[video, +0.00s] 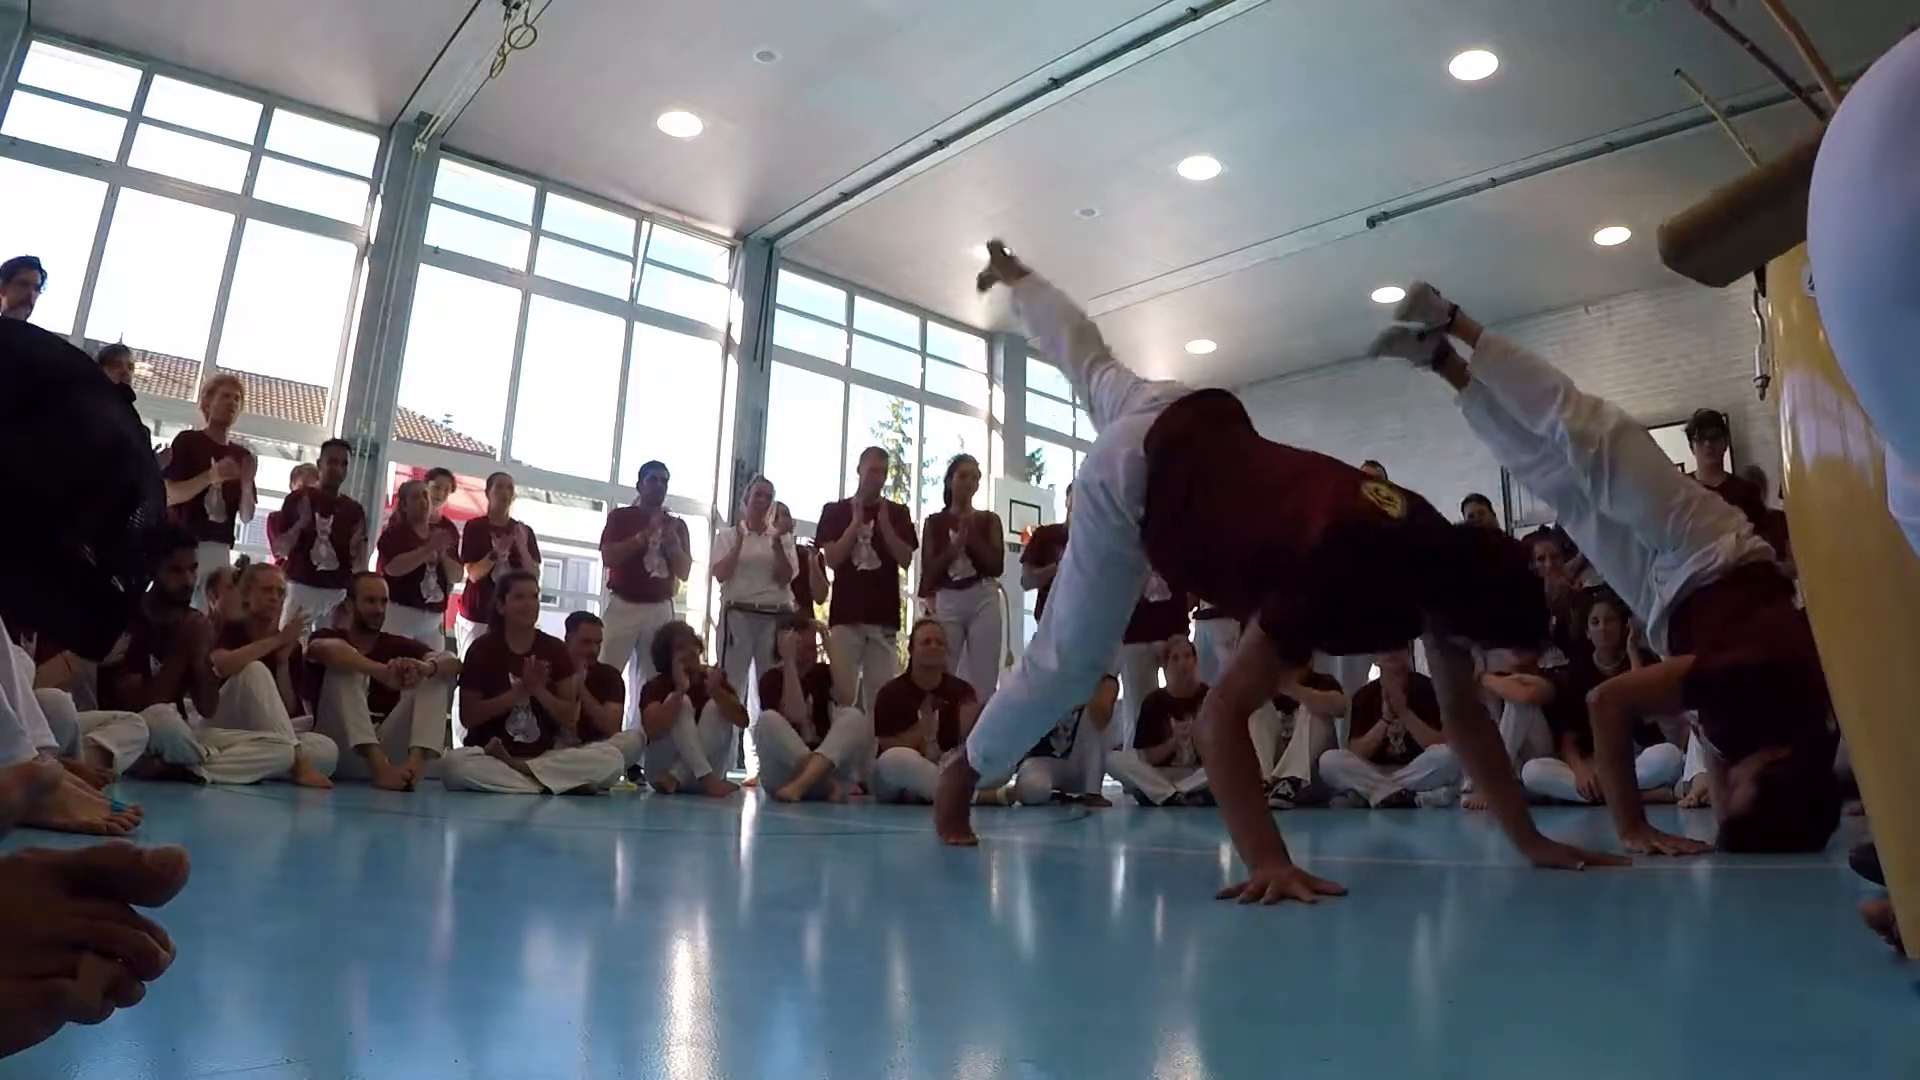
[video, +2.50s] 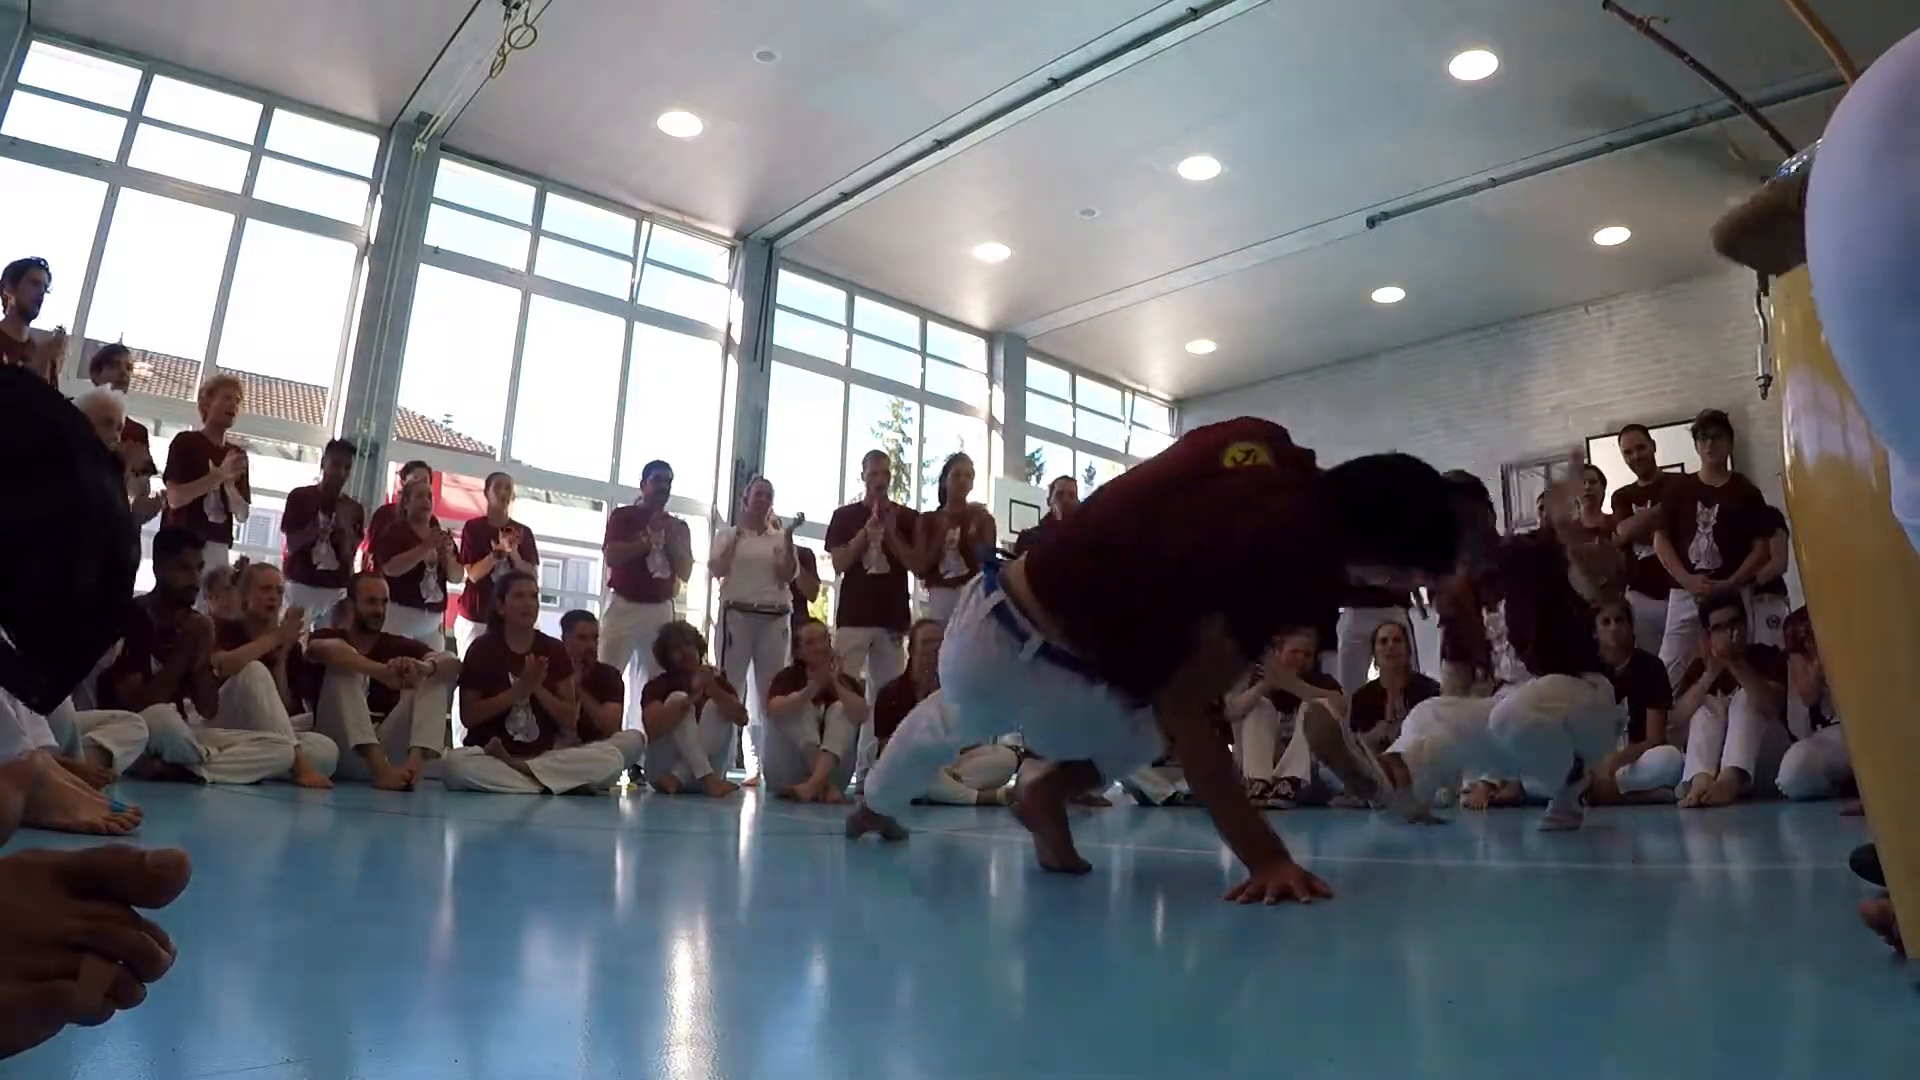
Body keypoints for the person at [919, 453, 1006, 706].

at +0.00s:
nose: (970, 482)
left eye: (975, 477)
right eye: (963, 476)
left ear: (979, 483)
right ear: (950, 480)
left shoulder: (989, 520)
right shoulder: (935, 522)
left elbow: (996, 567)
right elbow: (929, 572)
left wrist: (971, 537)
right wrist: (954, 546)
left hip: (984, 598)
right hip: (947, 599)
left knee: (984, 684)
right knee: (942, 680)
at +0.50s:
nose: (963, 480)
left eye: (968, 476)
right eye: (957, 474)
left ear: (973, 482)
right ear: (944, 479)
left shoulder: (983, 520)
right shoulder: (928, 521)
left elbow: (989, 568)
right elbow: (924, 569)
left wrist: (967, 538)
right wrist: (950, 541)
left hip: (979, 599)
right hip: (942, 599)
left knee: (980, 678)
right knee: (939, 675)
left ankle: (983, 746)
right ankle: (938, 746)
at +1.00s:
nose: (962, 482)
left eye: (967, 477)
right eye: (956, 475)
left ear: (972, 483)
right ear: (943, 480)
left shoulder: (982, 521)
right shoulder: (925, 522)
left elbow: (988, 567)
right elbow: (922, 569)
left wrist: (965, 540)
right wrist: (944, 540)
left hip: (978, 599)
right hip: (941, 598)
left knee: (980, 678)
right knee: (938, 675)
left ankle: (983, 747)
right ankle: (936, 747)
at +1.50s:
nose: (967, 482)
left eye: (972, 477)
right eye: (961, 476)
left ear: (978, 483)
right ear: (948, 480)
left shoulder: (987, 520)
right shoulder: (931, 522)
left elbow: (993, 567)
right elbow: (926, 569)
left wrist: (969, 541)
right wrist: (947, 541)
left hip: (981, 596)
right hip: (945, 597)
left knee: (982, 678)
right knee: (942, 675)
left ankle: (984, 750)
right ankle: (939, 748)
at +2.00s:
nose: (970, 481)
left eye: (975, 477)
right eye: (963, 475)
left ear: (980, 483)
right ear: (950, 480)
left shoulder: (990, 521)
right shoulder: (934, 521)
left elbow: (1000, 562)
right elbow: (928, 565)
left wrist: (981, 536)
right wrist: (953, 540)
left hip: (986, 605)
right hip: (947, 603)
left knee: (983, 676)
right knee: (943, 672)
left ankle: (984, 746)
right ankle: (940, 741)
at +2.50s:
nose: (962, 480)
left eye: (968, 475)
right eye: (956, 475)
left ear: (973, 482)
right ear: (944, 480)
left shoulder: (984, 520)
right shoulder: (927, 520)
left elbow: (987, 562)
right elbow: (920, 565)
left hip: (973, 593)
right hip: (940, 593)